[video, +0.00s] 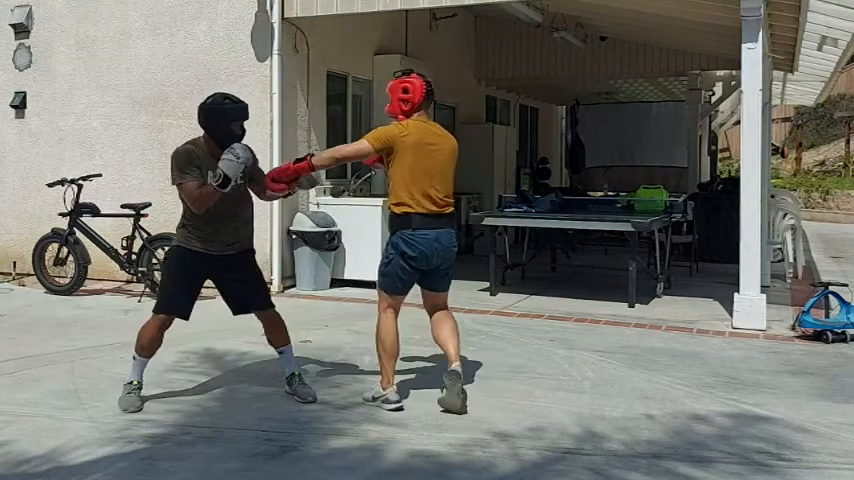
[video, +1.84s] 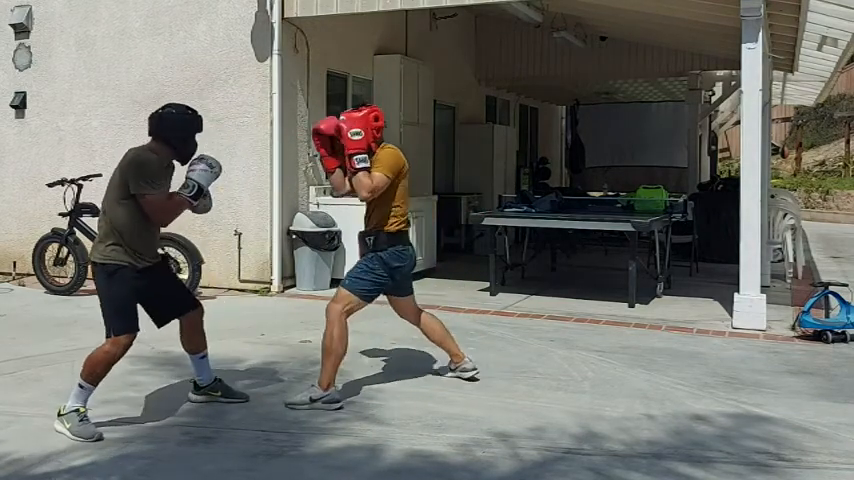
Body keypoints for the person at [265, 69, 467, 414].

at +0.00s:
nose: (388, 107)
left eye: (391, 101)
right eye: (389, 101)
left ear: (402, 102)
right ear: (427, 103)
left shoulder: (394, 133)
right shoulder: (449, 139)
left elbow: (341, 154)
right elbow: (423, 166)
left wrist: (301, 166)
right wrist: (386, 161)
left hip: (409, 236)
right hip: (445, 235)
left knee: (388, 308)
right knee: (438, 305)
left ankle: (388, 388)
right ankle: (455, 366)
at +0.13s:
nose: (389, 104)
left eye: (391, 98)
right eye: (389, 98)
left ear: (401, 99)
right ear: (425, 99)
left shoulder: (399, 129)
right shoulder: (448, 135)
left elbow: (369, 167)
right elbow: (431, 178)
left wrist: (334, 197)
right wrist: (393, 168)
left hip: (414, 228)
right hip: (447, 226)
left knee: (391, 304)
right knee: (443, 293)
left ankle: (386, 384)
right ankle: (466, 358)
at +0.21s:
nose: (391, 106)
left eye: (393, 99)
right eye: (391, 99)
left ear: (406, 99)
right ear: (425, 100)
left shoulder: (404, 128)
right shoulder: (448, 134)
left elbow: (390, 175)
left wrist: (362, 211)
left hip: (419, 228)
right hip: (450, 225)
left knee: (392, 302)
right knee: (448, 295)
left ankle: (387, 383)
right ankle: (475, 360)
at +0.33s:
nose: (396, 115)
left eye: (400, 111)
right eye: (398, 110)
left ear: (413, 114)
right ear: (424, 114)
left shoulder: (422, 143)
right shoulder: (446, 142)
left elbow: (434, 191)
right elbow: (447, 189)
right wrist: (410, 187)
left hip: (430, 237)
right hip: (454, 235)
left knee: (390, 304)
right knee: (458, 301)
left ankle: (392, 383)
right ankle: (493, 361)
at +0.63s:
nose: (403, 113)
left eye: (407, 106)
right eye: (403, 107)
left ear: (425, 106)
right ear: (424, 107)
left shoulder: (442, 133)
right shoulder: (434, 135)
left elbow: (463, 180)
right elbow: (426, 181)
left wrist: (421, 192)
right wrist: (396, 161)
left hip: (437, 229)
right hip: (447, 227)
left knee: (392, 288)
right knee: (459, 295)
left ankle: (386, 368)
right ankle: (492, 358)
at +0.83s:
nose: (396, 129)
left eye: (398, 123)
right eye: (394, 124)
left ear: (412, 123)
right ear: (415, 124)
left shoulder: (434, 150)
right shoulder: (417, 149)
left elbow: (407, 186)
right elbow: (381, 175)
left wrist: (395, 146)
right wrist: (368, 141)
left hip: (429, 245)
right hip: (438, 243)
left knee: (392, 310)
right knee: (454, 307)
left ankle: (367, 386)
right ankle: (494, 365)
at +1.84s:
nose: (351, 139)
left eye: (353, 133)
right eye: (350, 134)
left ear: (366, 134)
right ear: (374, 131)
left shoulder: (390, 155)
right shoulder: (374, 159)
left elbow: (367, 191)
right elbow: (341, 188)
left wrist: (356, 151)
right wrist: (328, 154)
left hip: (386, 253)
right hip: (393, 251)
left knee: (336, 310)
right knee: (412, 312)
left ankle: (324, 389)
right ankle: (461, 361)